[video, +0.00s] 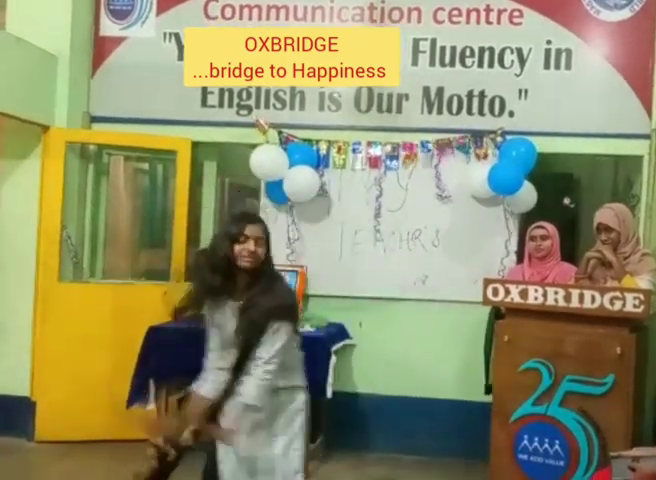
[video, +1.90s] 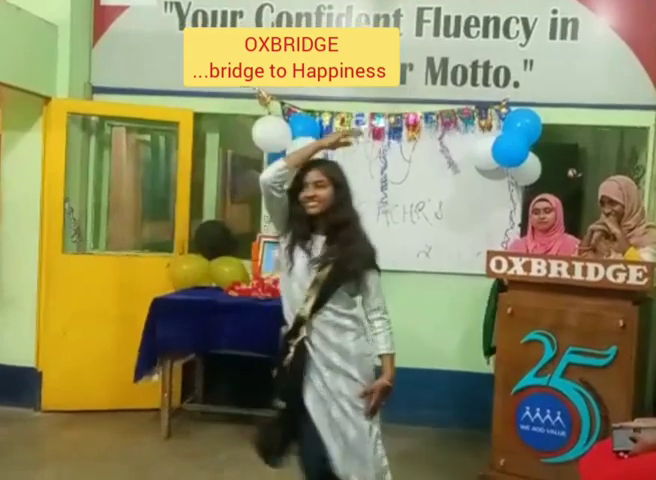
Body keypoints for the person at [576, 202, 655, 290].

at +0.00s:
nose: (603, 237)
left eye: (609, 230)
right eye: (599, 231)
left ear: (624, 230)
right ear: (595, 232)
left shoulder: (645, 262)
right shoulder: (593, 259)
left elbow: (641, 296)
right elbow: (577, 290)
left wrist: (614, 261)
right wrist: (585, 262)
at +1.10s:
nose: (604, 227)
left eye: (611, 220)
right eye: (601, 220)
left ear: (628, 219)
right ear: (597, 222)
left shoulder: (648, 251)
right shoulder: (595, 249)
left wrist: (617, 250)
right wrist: (587, 252)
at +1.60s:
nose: (606, 218)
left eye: (613, 210)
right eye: (602, 211)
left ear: (629, 209)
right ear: (599, 212)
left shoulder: (649, 241)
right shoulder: (596, 239)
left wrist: (618, 240)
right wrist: (588, 242)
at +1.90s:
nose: (606, 211)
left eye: (613, 203)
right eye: (602, 203)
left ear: (630, 203)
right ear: (599, 205)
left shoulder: (649, 235)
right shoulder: (597, 234)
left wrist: (618, 234)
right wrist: (588, 240)